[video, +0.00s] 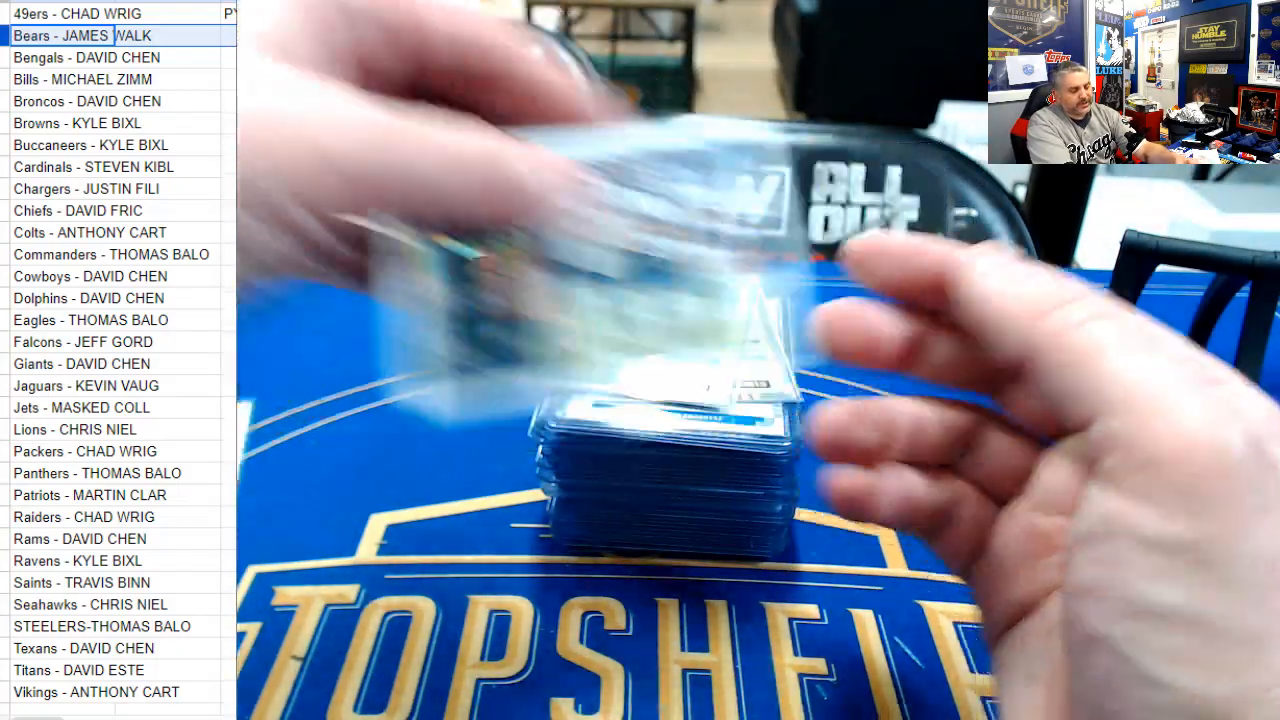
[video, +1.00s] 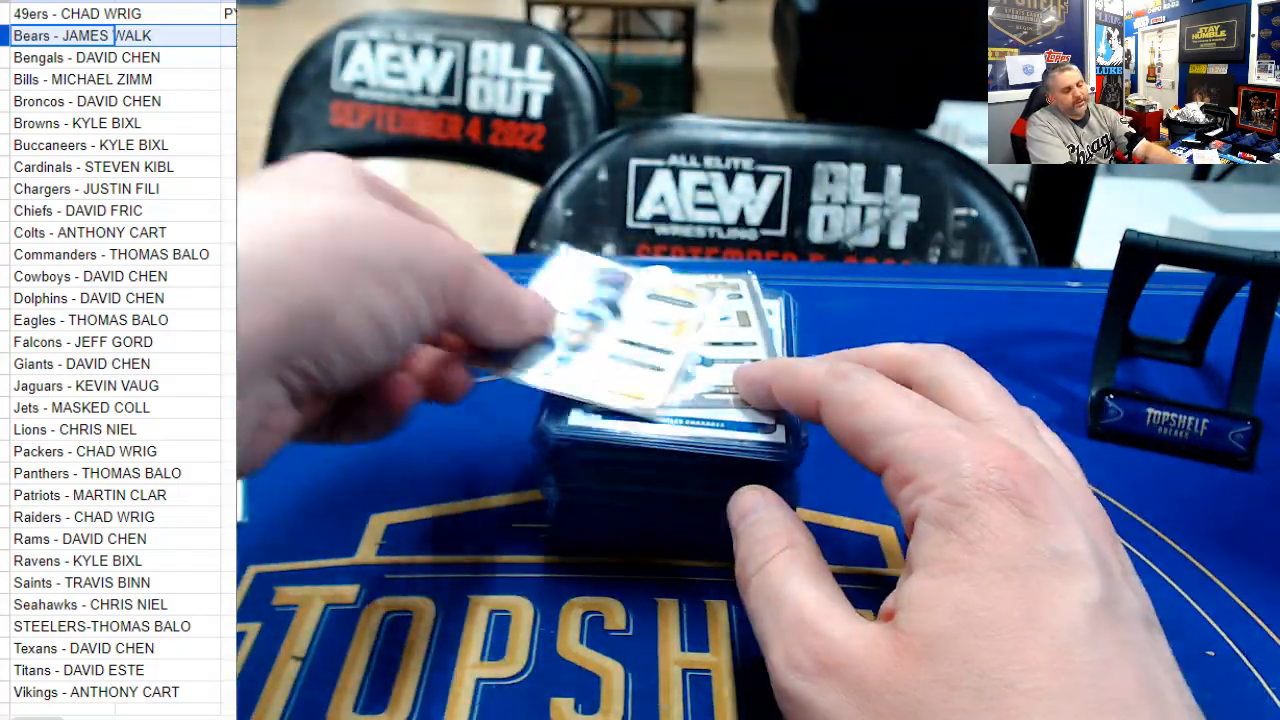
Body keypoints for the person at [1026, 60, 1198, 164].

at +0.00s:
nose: (1084, 95)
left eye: (1086, 86)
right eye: (1074, 91)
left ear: (1091, 86)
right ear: (1056, 96)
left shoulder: (1106, 114)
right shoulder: (1042, 123)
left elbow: (1144, 149)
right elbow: (1061, 176)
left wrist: (1178, 159)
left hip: (1112, 188)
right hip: (1070, 197)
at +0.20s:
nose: (1082, 96)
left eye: (1085, 87)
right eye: (1072, 91)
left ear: (1090, 87)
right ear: (1053, 99)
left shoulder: (1103, 113)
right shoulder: (1041, 124)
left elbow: (1144, 150)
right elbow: (1059, 178)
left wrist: (1193, 155)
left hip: (1112, 187)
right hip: (1071, 198)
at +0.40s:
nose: (1081, 95)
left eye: (1082, 86)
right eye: (1069, 91)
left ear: (1088, 85)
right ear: (1052, 99)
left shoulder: (1102, 113)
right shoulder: (1041, 124)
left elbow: (1147, 149)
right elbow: (1061, 178)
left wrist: (1190, 161)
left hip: (1111, 187)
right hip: (1070, 198)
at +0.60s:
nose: (1080, 95)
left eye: (1081, 85)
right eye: (1068, 91)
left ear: (1087, 84)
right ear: (1052, 99)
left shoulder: (1104, 114)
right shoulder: (1041, 124)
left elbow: (1147, 150)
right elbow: (1060, 179)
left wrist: (1190, 163)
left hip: (1112, 188)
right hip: (1070, 199)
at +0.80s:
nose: (1080, 94)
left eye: (1081, 85)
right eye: (1069, 91)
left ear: (1086, 83)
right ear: (1052, 98)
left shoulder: (1105, 114)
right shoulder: (1041, 123)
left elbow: (1143, 148)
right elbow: (1059, 177)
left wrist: (1183, 165)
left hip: (1115, 188)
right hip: (1072, 198)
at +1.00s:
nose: (1079, 94)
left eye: (1080, 85)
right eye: (1067, 91)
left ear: (1085, 84)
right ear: (1051, 99)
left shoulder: (1104, 114)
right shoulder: (1041, 123)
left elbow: (1146, 150)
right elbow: (1061, 176)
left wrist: (1189, 170)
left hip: (1113, 189)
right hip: (1069, 199)